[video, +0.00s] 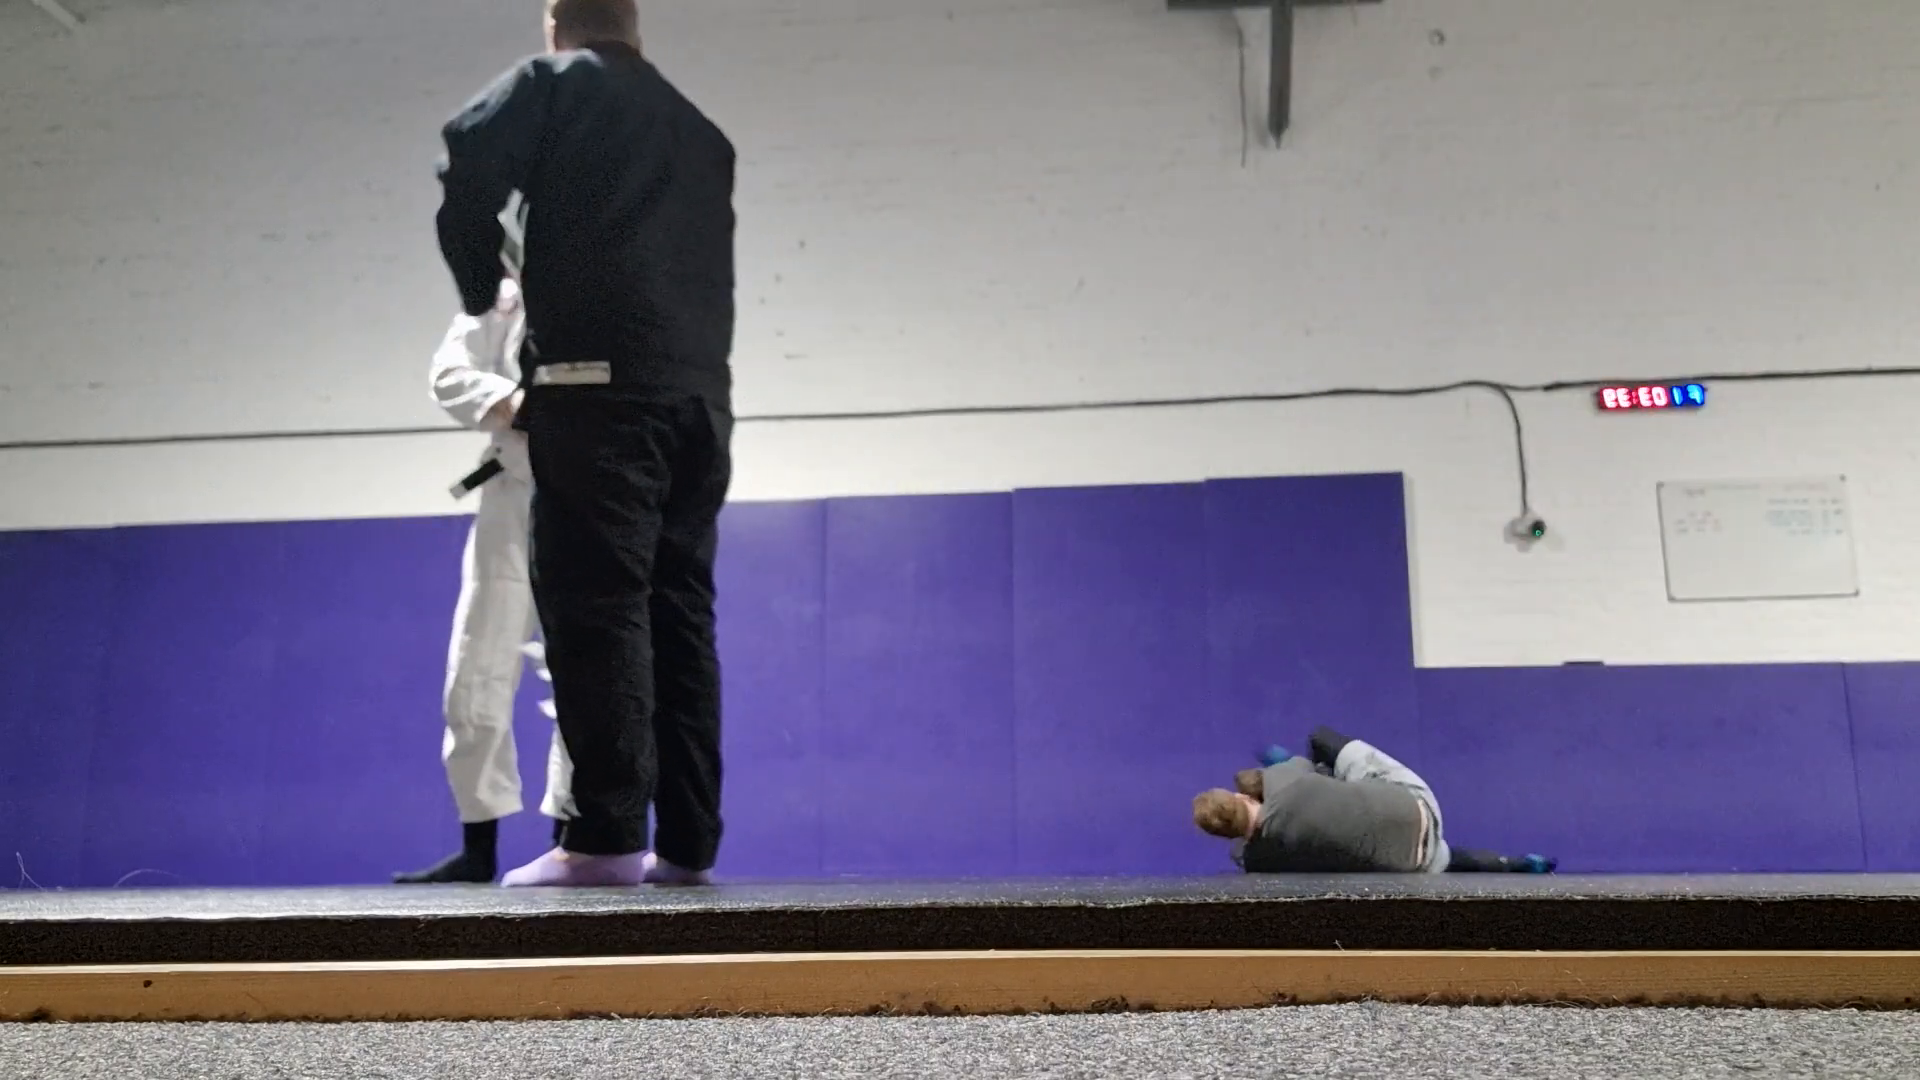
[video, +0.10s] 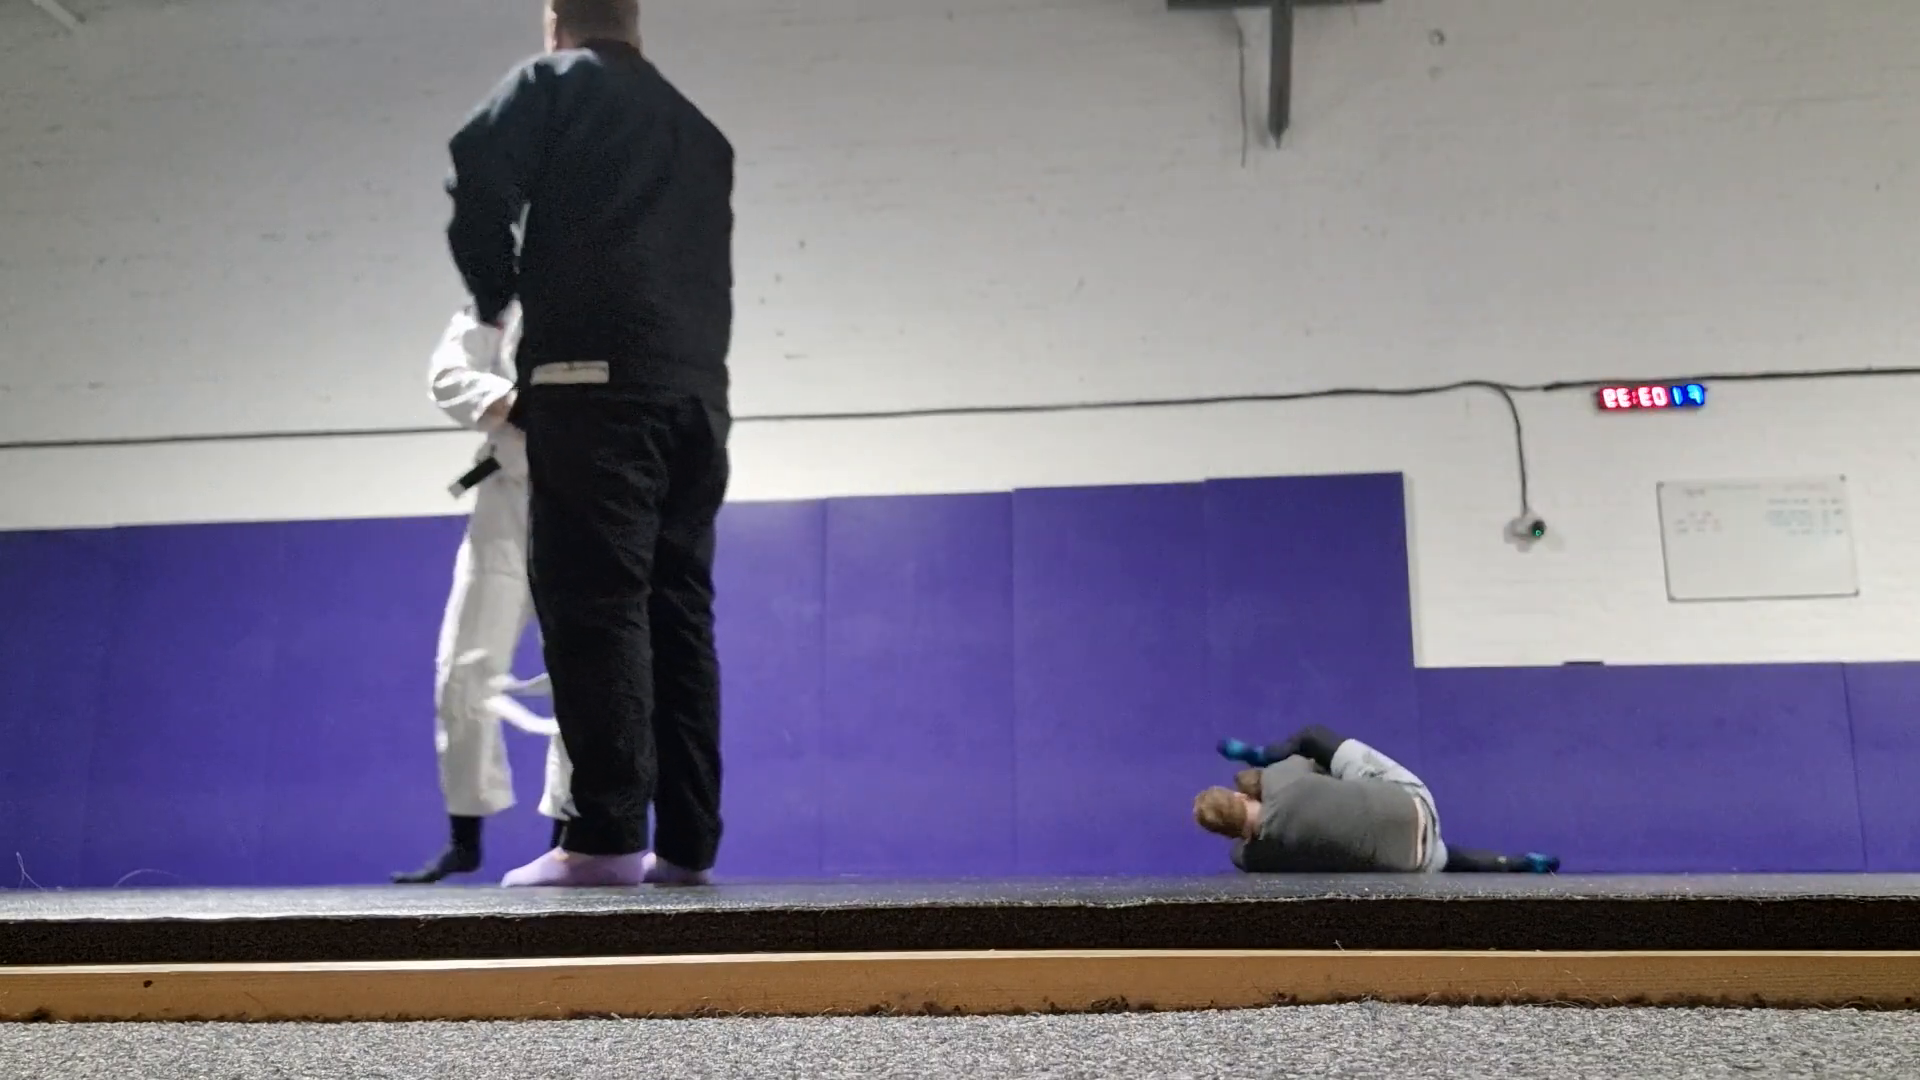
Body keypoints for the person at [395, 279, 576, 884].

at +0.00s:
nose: (544, 255)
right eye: (537, 246)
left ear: (591, 251)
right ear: (523, 249)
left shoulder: (617, 308)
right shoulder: (506, 299)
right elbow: (450, 372)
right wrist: (514, 407)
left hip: (594, 498)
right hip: (514, 490)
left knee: (585, 672)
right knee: (477, 666)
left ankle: (575, 844)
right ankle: (479, 849)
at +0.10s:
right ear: (524, 244)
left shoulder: (611, 313)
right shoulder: (506, 297)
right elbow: (451, 374)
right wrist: (515, 406)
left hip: (589, 502)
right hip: (511, 491)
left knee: (583, 674)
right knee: (466, 663)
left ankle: (571, 839)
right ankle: (465, 839)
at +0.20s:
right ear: (520, 226)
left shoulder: (618, 292)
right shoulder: (497, 282)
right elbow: (443, 374)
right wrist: (499, 403)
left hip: (589, 496)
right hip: (505, 488)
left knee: (583, 671)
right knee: (444, 665)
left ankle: (571, 841)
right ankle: (436, 837)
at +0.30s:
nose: (522, 241)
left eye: (537, 232)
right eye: (515, 230)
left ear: (574, 234)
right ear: (504, 231)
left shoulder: (599, 297)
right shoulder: (482, 289)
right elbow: (433, 376)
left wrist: (566, 411)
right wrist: (481, 401)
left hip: (578, 494)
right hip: (496, 484)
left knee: (579, 662)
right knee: (438, 651)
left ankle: (571, 836)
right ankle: (404, 835)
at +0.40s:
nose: (484, 225)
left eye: (504, 216)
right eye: (481, 213)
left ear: (543, 225)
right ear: (479, 221)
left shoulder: (575, 288)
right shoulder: (464, 285)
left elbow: (604, 384)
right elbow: (416, 377)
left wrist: (528, 404)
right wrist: (467, 403)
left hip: (553, 493)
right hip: (474, 487)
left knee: (563, 665)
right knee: (420, 665)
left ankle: (566, 844)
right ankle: (385, 853)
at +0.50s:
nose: (486, 222)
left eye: (503, 210)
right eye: (479, 206)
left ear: (535, 218)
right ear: (471, 210)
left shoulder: (564, 286)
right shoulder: (443, 284)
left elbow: (595, 387)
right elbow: (392, 374)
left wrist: (526, 407)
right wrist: (438, 397)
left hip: (539, 505)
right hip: (454, 499)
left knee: (556, 675)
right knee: (406, 674)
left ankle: (565, 845)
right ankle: (383, 854)